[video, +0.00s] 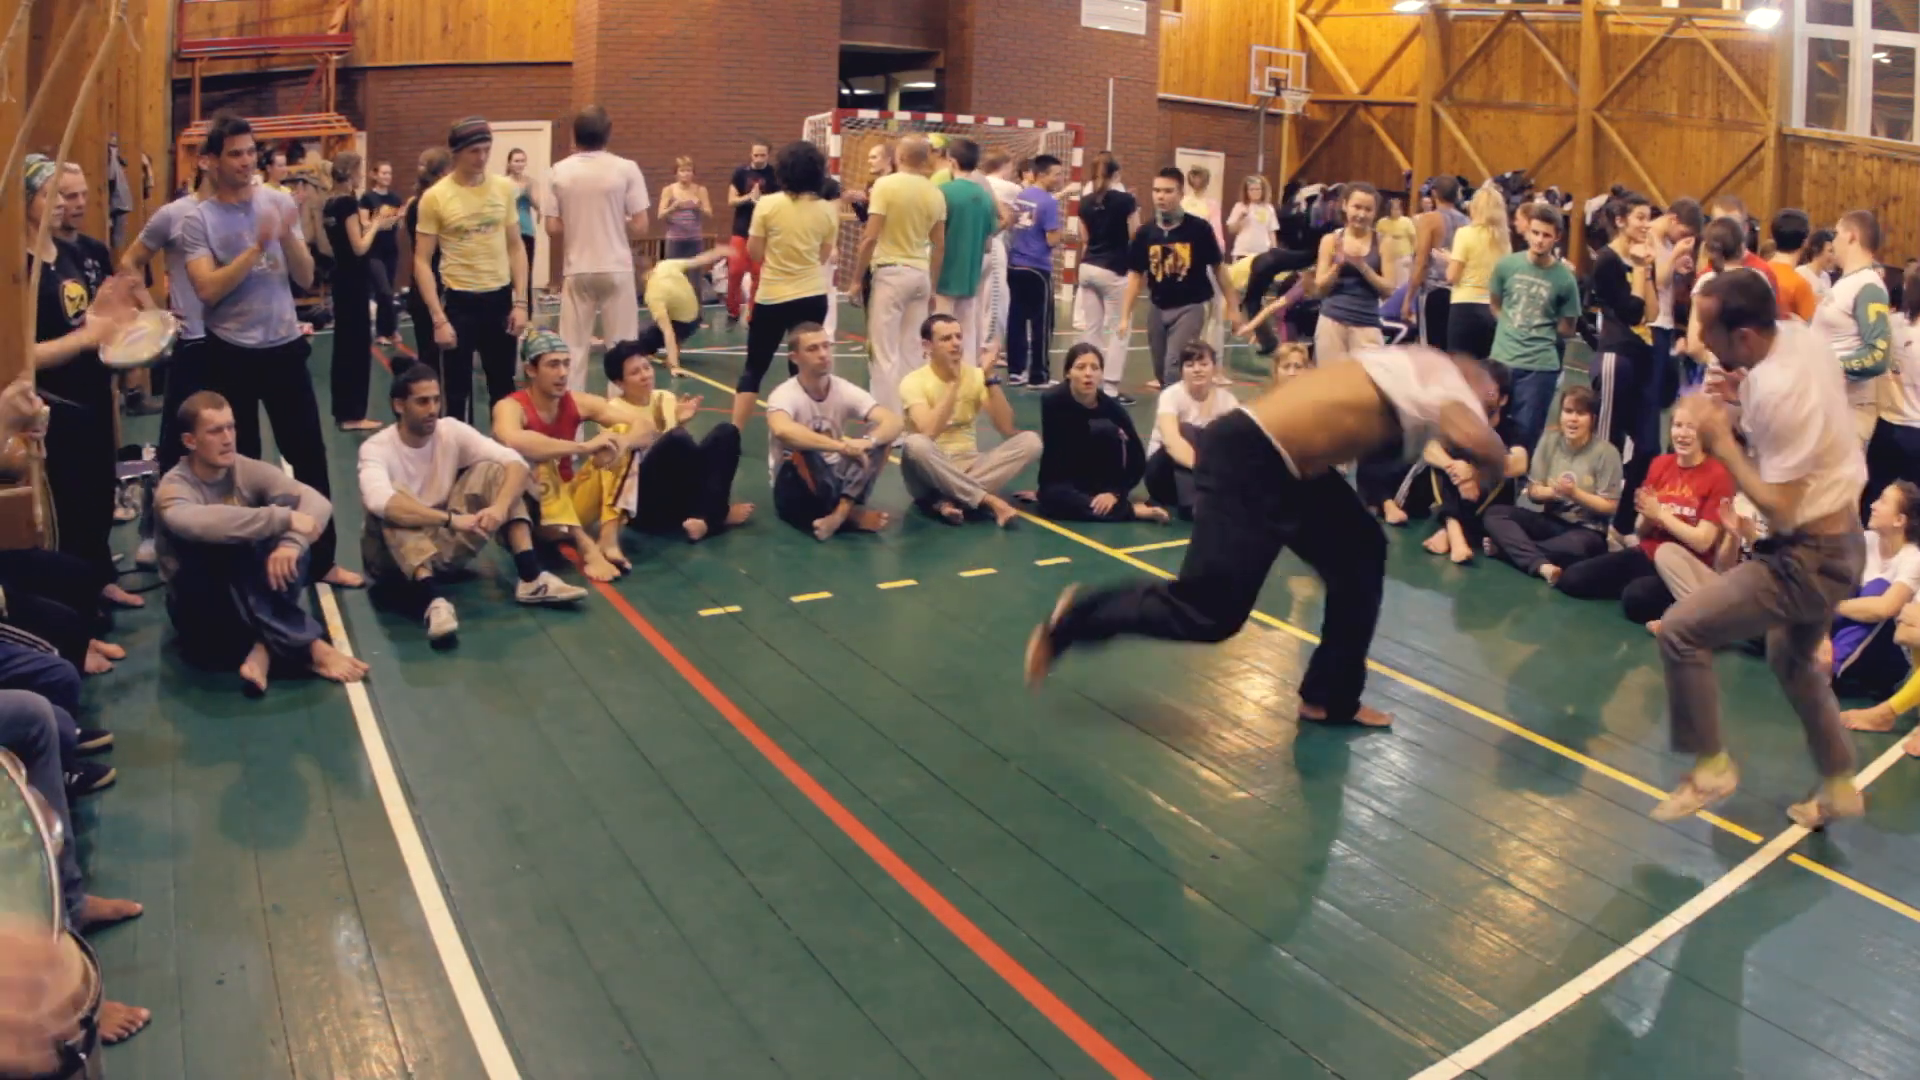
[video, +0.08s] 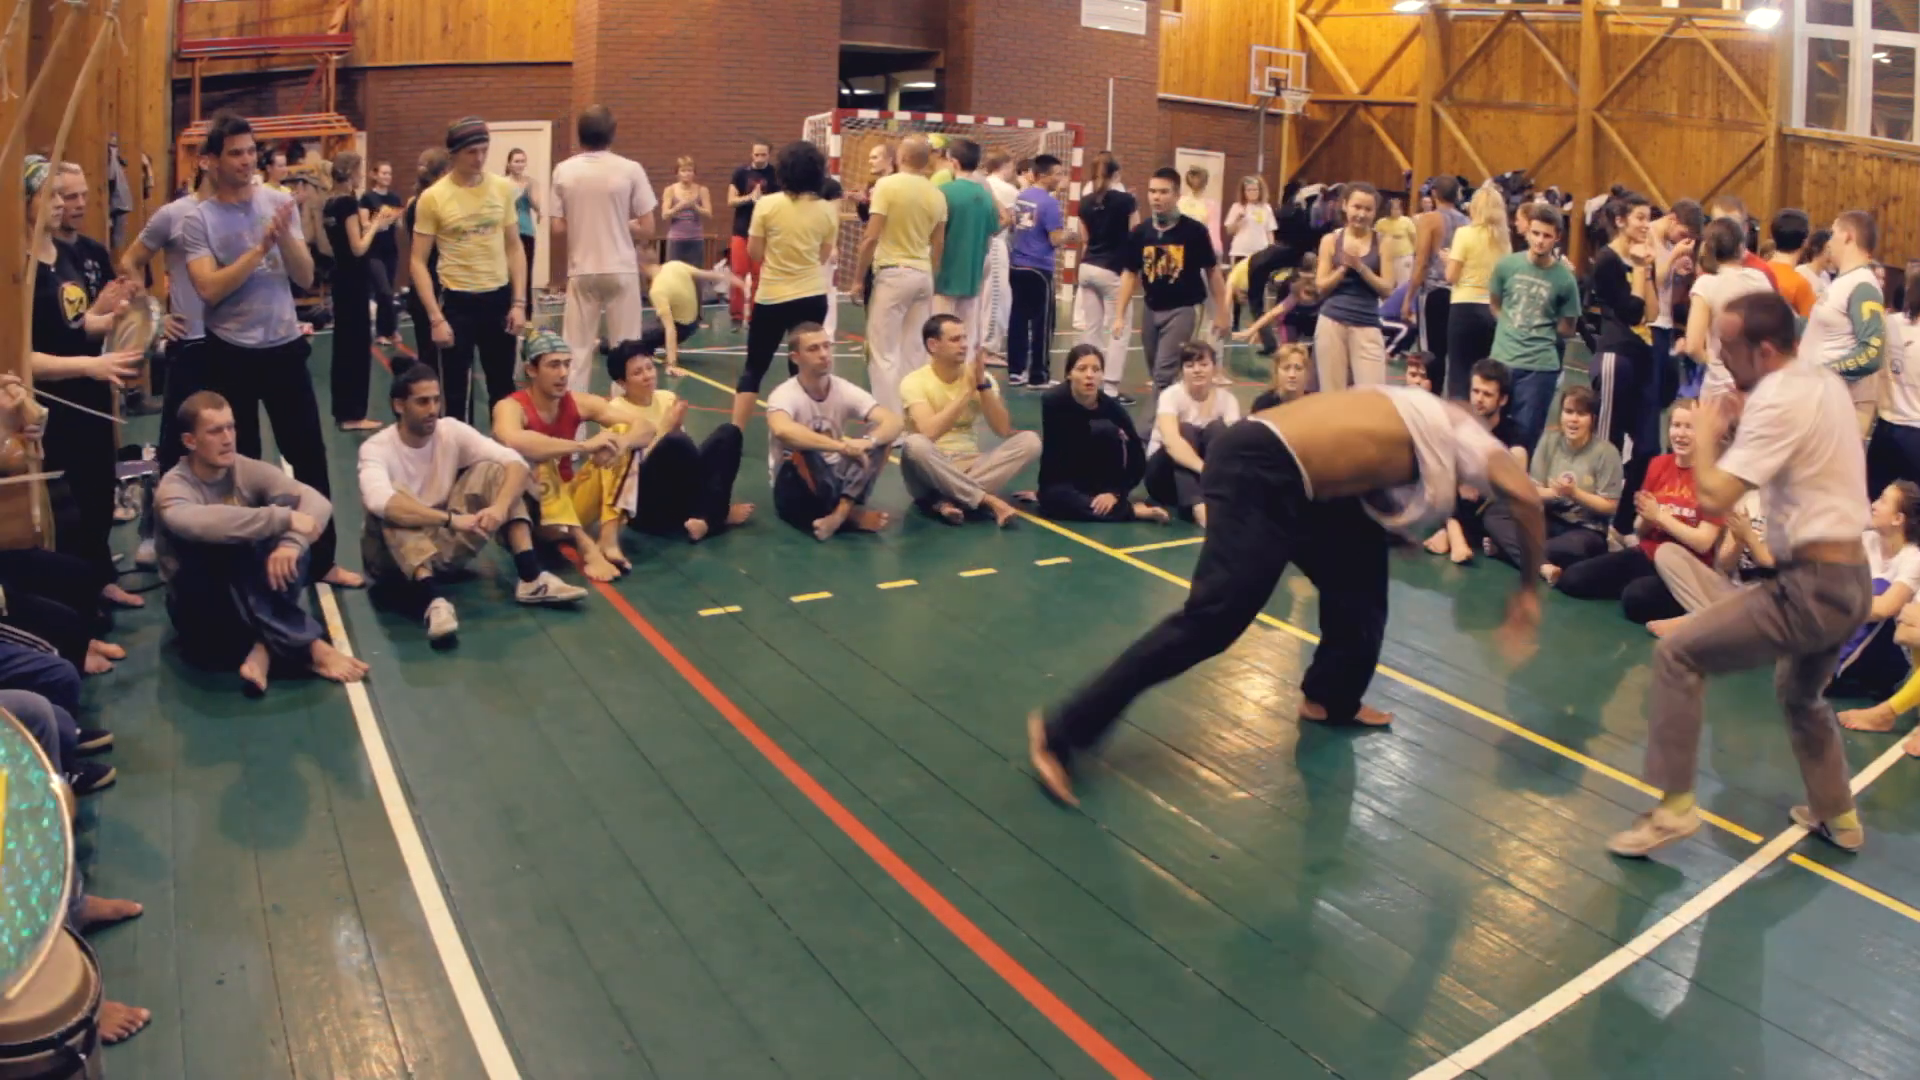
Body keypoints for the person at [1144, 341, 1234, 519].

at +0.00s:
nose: (1197, 370)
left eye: (1203, 364)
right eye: (1190, 365)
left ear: (1214, 368)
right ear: (1182, 370)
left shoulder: (1225, 399)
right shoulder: (1170, 396)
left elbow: (1239, 437)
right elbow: (1171, 441)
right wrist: (1207, 467)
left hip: (1211, 483)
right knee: (1186, 431)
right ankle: (1194, 505)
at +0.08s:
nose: (1197, 371)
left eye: (1203, 365)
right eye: (1189, 365)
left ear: (1214, 369)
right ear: (1182, 370)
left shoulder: (1227, 400)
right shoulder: (1169, 396)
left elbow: (1232, 443)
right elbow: (1171, 442)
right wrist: (1208, 471)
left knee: (1218, 427)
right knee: (1186, 430)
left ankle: (1220, 502)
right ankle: (1197, 504)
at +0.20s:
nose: (1197, 371)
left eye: (1203, 365)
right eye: (1190, 366)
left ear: (1214, 369)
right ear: (1181, 370)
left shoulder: (1227, 399)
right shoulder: (1169, 396)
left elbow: (1234, 444)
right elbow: (1170, 441)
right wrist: (1206, 471)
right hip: (1167, 480)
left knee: (1218, 427)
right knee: (1186, 430)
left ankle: (1220, 503)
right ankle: (1196, 504)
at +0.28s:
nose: (1197, 372)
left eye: (1203, 365)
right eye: (1190, 366)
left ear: (1213, 368)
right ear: (1181, 371)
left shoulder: (1227, 400)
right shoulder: (1169, 396)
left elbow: (1236, 444)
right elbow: (1171, 441)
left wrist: (1221, 475)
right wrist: (1205, 470)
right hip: (1167, 480)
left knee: (1217, 427)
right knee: (1186, 430)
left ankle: (1217, 501)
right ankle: (1194, 504)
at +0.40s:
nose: (1197, 372)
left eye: (1203, 365)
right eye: (1190, 366)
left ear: (1214, 369)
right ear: (1181, 371)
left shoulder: (1227, 399)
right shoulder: (1170, 396)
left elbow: (1232, 442)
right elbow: (1172, 445)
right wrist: (1206, 471)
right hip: (1168, 478)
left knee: (1217, 427)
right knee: (1186, 430)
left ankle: (1222, 497)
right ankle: (1192, 504)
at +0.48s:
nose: (1197, 372)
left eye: (1203, 366)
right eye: (1190, 367)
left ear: (1214, 368)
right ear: (1181, 370)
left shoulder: (1227, 400)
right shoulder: (1169, 396)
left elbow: (1237, 443)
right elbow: (1171, 442)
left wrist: (1220, 473)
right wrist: (1204, 469)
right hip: (1167, 480)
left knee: (1217, 427)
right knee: (1187, 430)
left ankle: (1217, 502)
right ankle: (1191, 503)